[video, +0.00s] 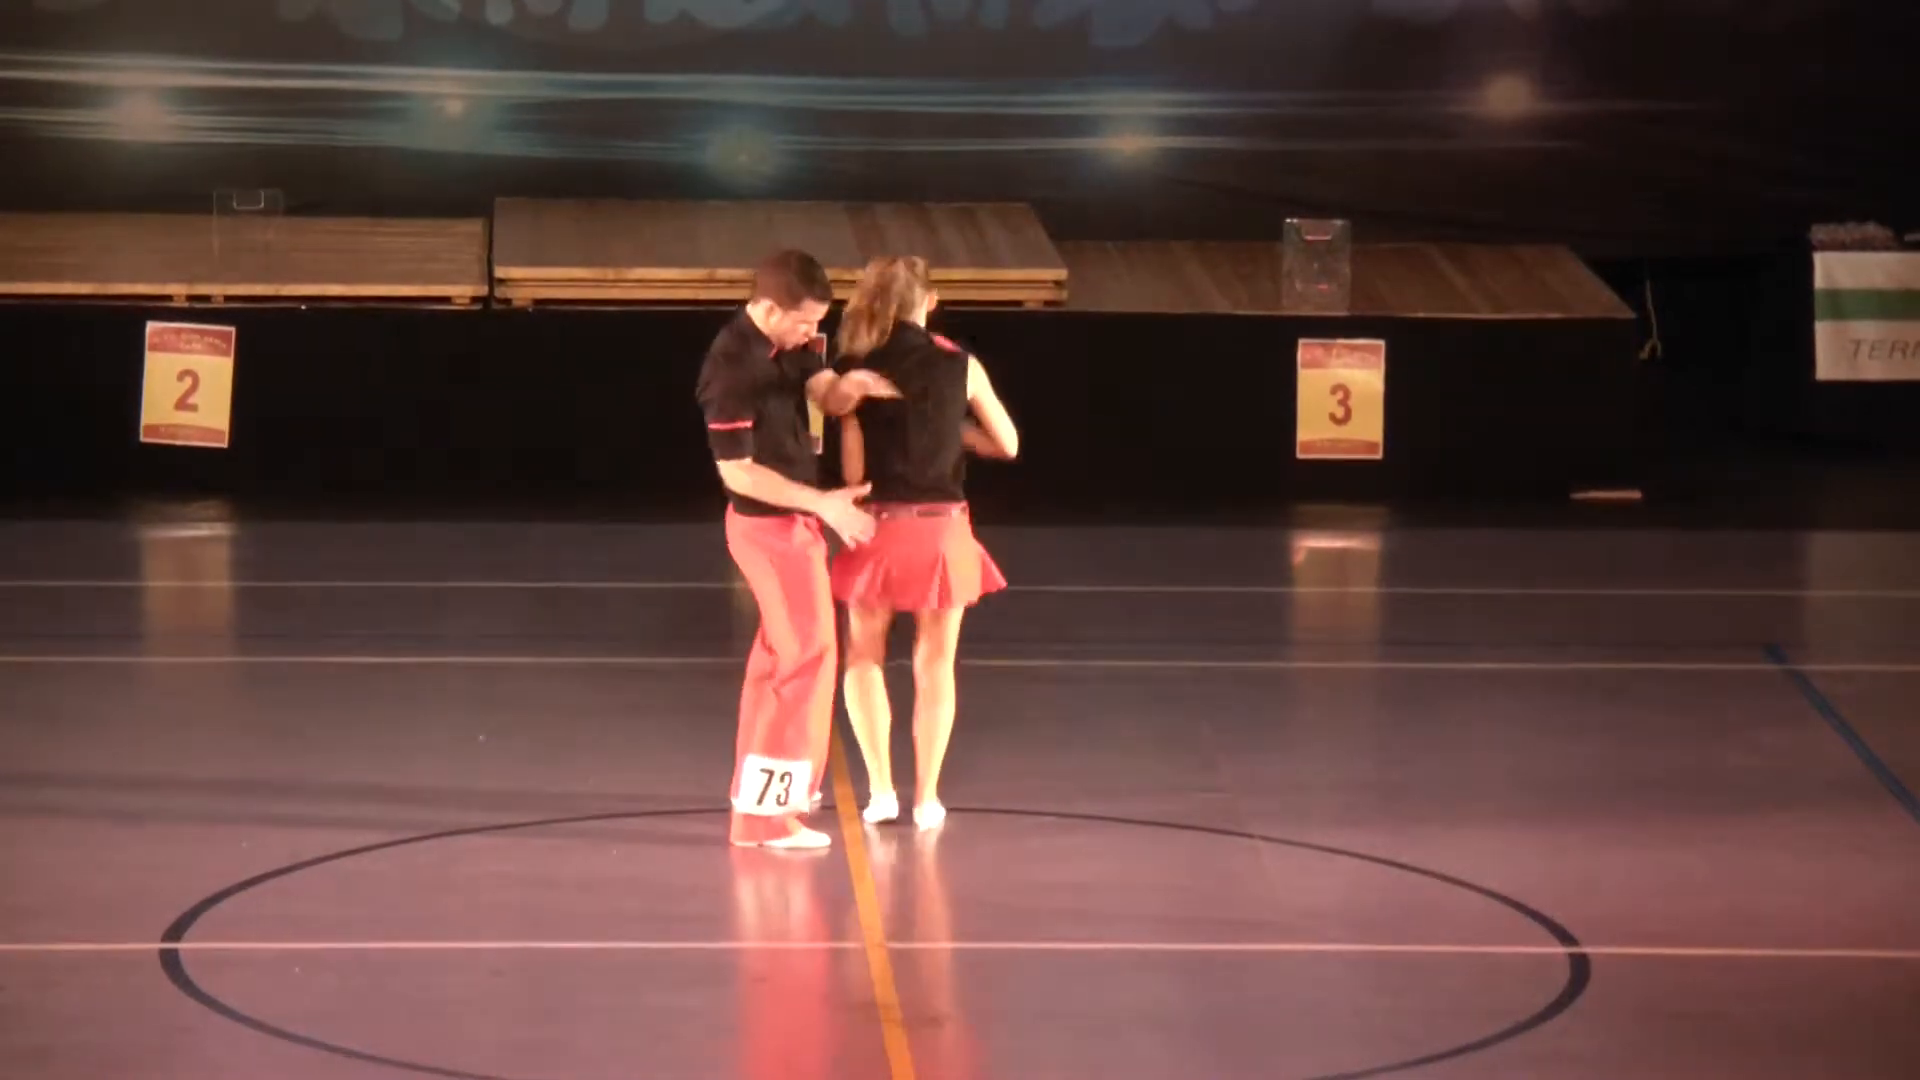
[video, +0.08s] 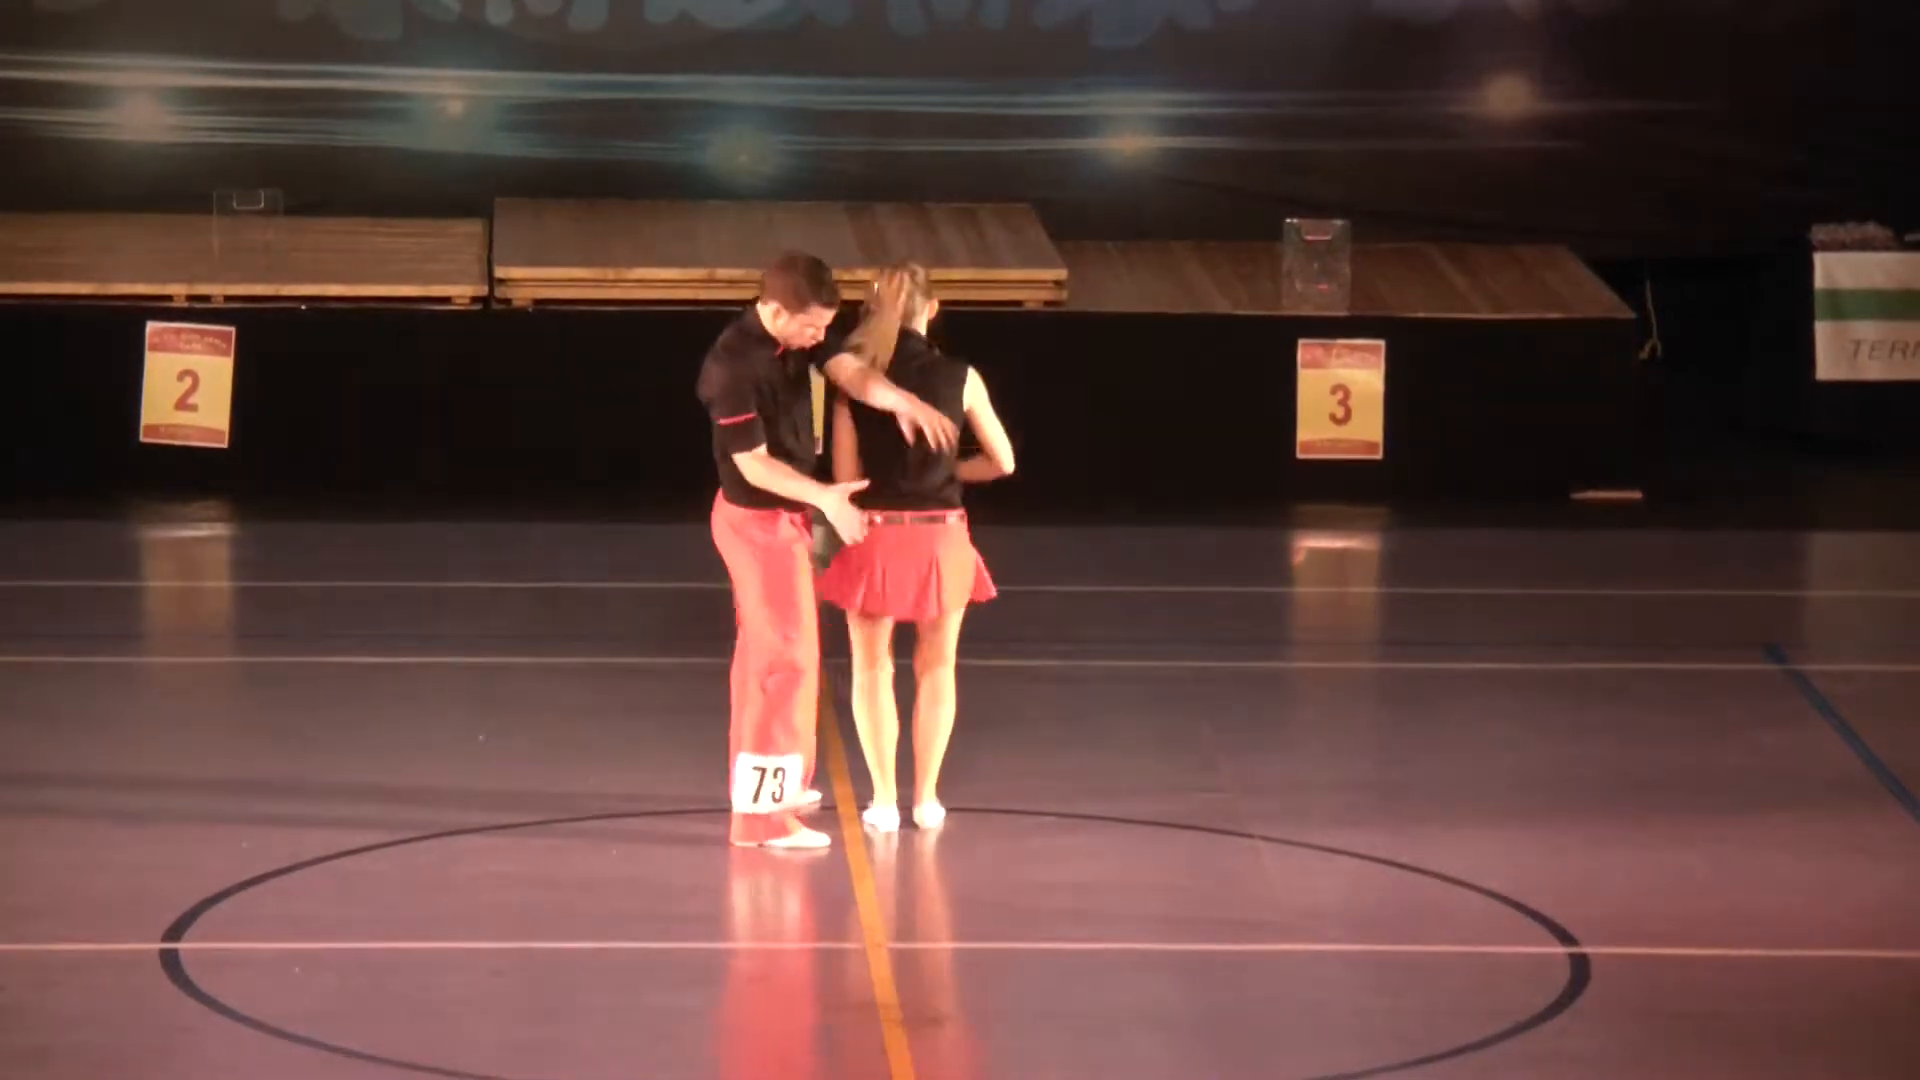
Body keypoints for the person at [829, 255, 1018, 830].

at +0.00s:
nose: (936, 307)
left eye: (930, 299)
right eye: (934, 299)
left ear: (870, 303)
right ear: (927, 304)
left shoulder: (852, 370)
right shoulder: (961, 366)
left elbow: (853, 473)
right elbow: (1006, 444)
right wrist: (946, 430)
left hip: (878, 530)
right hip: (946, 531)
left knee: (864, 657)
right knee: (936, 665)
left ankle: (881, 790)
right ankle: (927, 797)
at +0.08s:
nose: (935, 315)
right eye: (934, 308)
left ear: (875, 309)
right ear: (929, 312)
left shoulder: (848, 375)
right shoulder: (960, 377)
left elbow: (846, 476)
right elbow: (1001, 462)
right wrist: (944, 471)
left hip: (874, 537)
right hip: (944, 539)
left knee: (872, 667)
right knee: (937, 665)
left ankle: (884, 799)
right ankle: (925, 798)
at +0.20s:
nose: (871, 294)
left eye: (876, 284)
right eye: (874, 282)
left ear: (884, 291)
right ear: (927, 288)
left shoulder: (856, 358)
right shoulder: (961, 356)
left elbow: (853, 451)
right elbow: (970, 448)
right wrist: (959, 511)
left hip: (876, 500)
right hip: (945, 501)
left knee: (881, 658)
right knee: (932, 659)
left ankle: (884, 796)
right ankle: (922, 795)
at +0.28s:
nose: (869, 306)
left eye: (872, 299)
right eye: (874, 297)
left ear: (879, 305)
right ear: (930, 303)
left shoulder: (855, 371)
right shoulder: (960, 370)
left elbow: (856, 458)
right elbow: (954, 460)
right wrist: (939, 521)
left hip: (875, 506)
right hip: (945, 504)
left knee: (882, 666)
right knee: (928, 666)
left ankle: (883, 801)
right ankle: (911, 802)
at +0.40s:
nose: (874, 316)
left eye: (876, 308)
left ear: (879, 316)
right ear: (931, 314)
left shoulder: (857, 380)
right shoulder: (962, 381)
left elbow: (854, 464)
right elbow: (957, 463)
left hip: (877, 502)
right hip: (948, 502)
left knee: (883, 660)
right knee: (930, 661)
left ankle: (882, 798)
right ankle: (911, 799)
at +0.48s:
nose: (884, 316)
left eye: (883, 307)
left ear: (880, 314)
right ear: (934, 313)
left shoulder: (858, 381)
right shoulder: (965, 382)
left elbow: (858, 464)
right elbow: (960, 464)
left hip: (882, 505)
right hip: (951, 506)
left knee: (886, 665)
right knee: (933, 665)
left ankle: (885, 797)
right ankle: (914, 801)